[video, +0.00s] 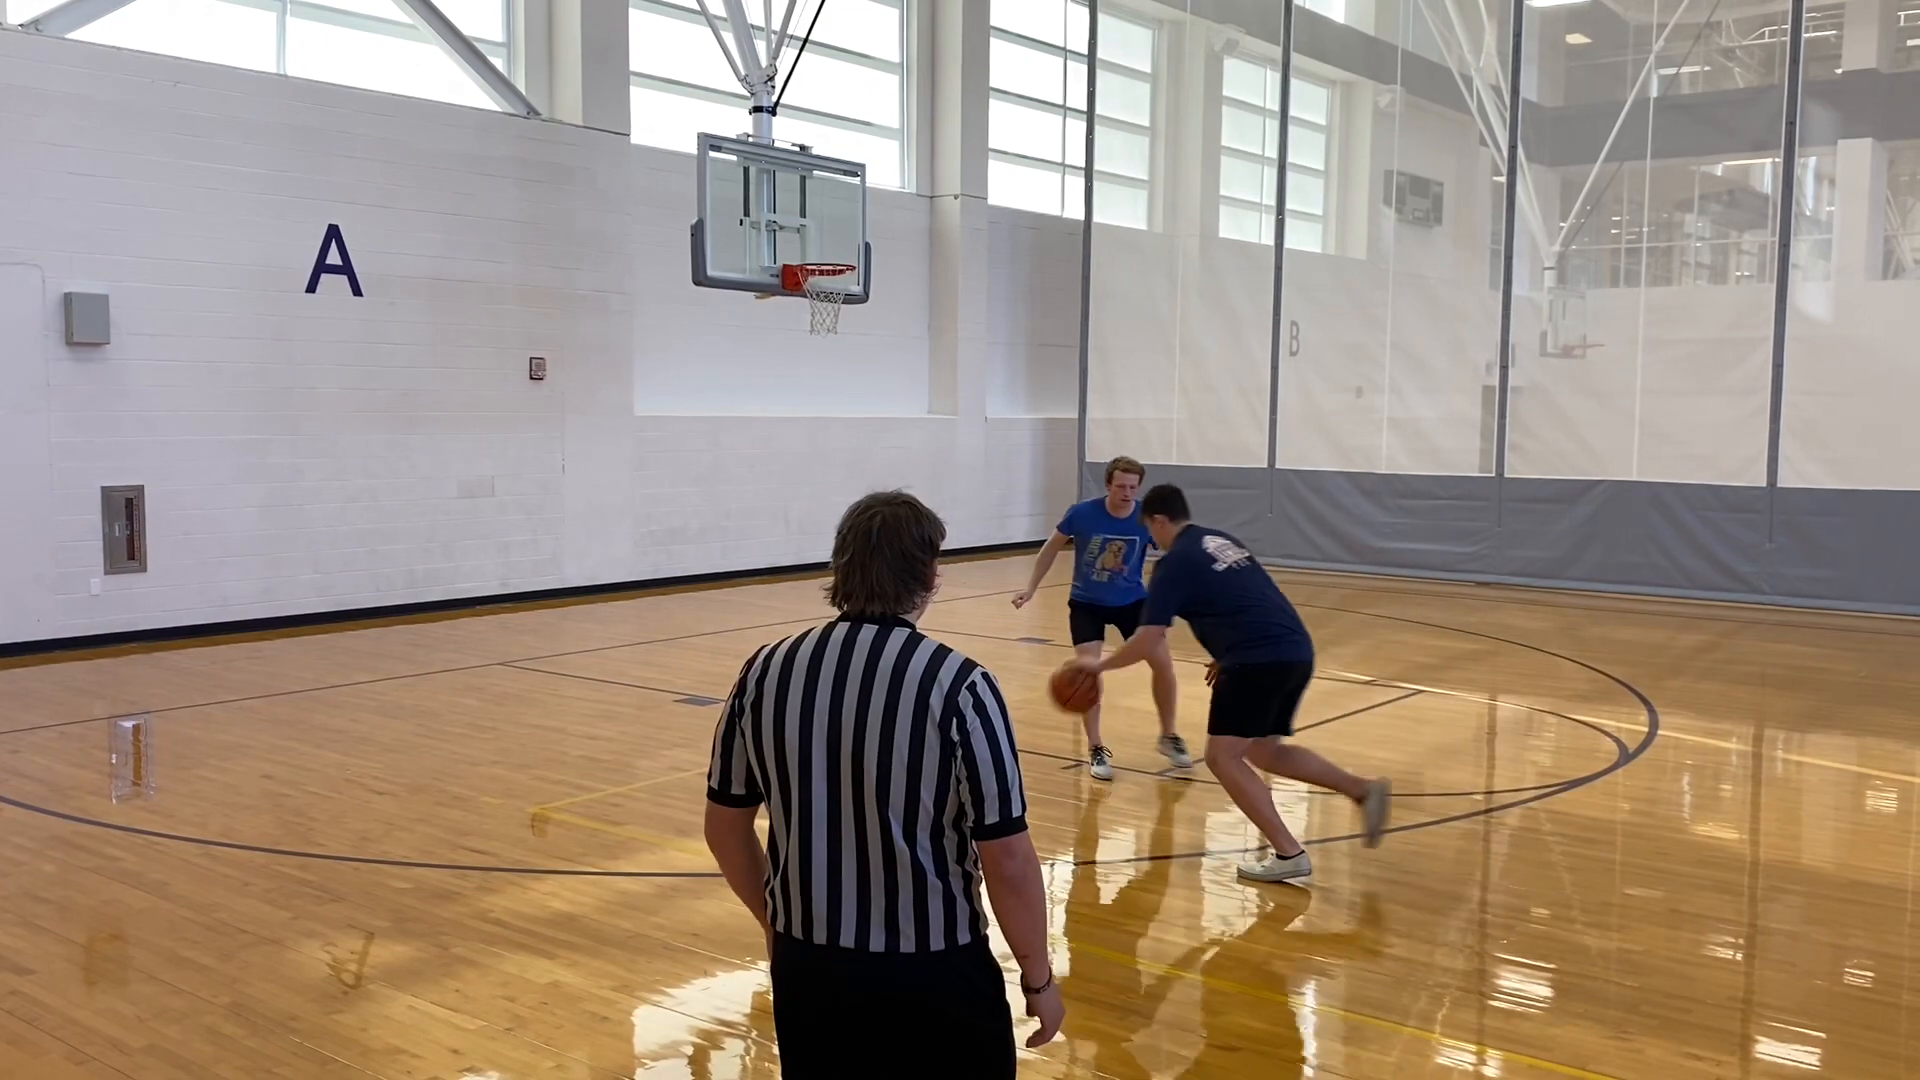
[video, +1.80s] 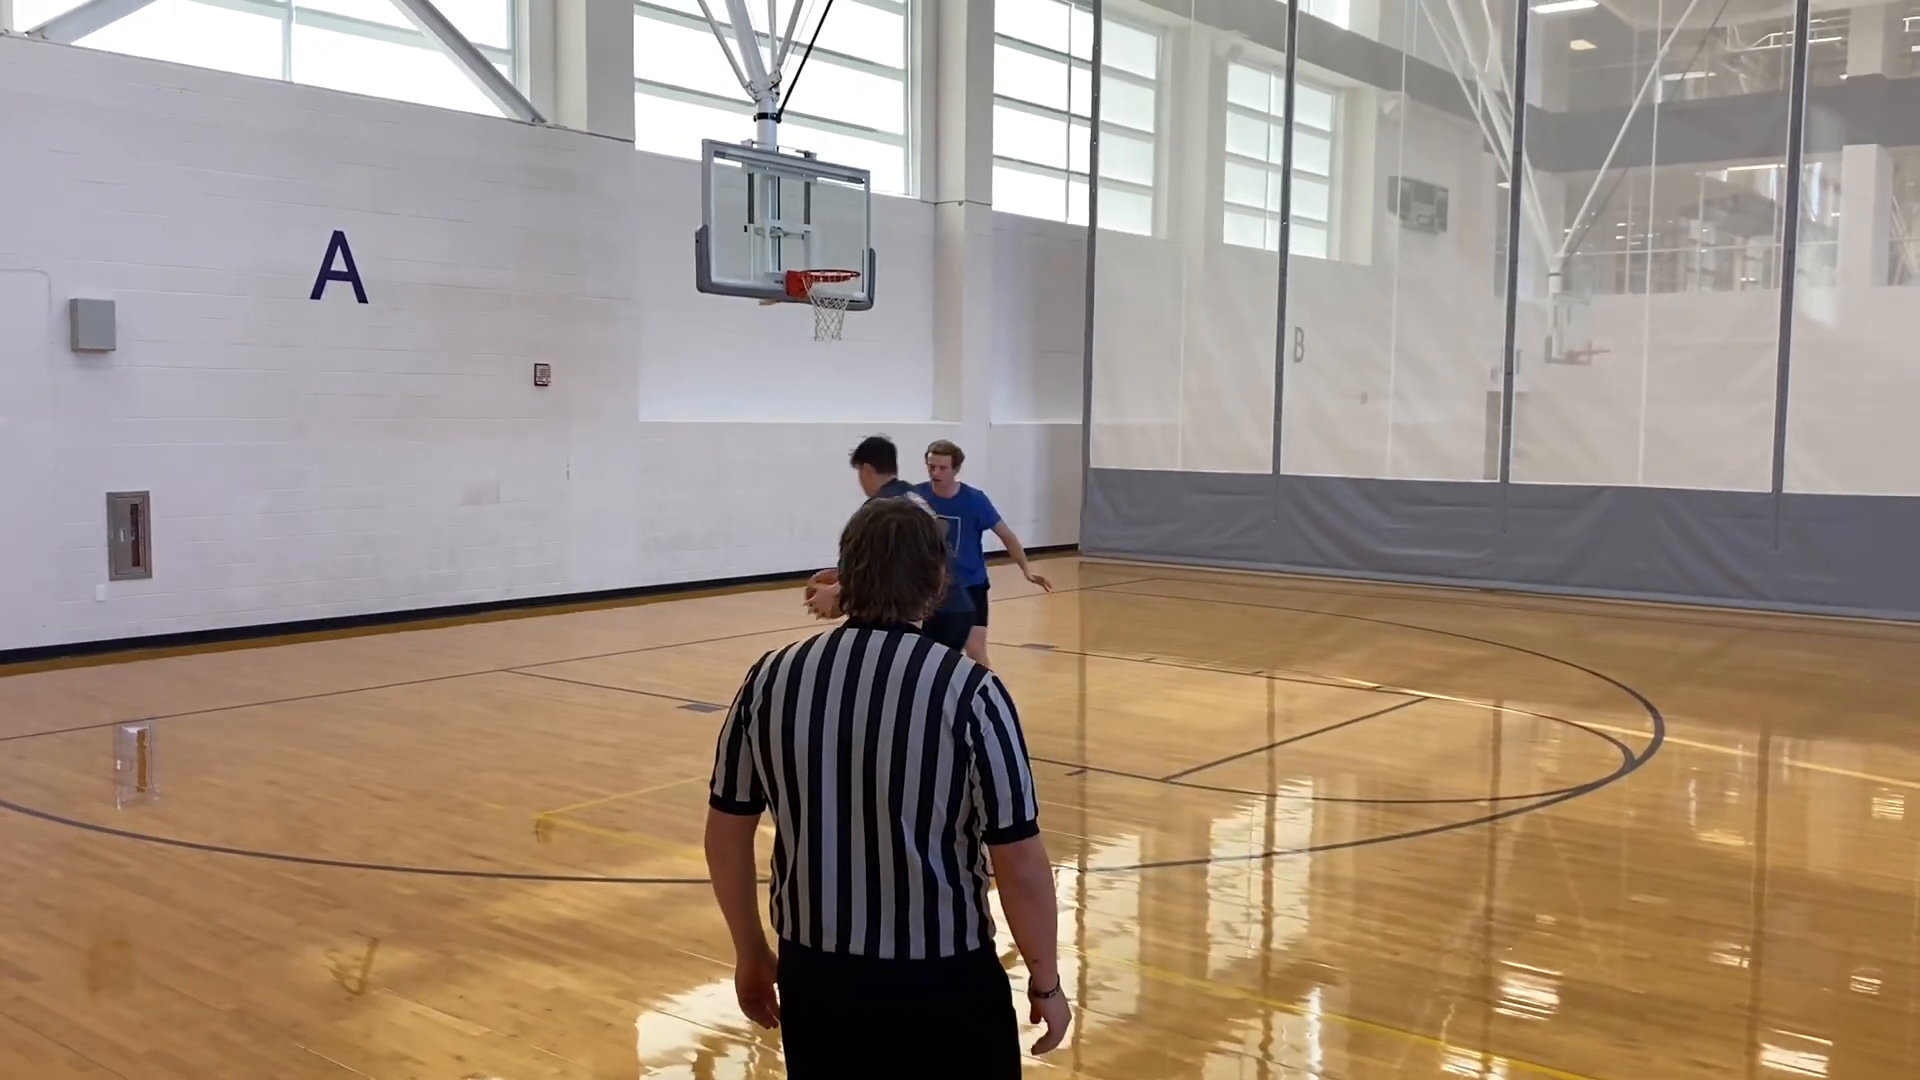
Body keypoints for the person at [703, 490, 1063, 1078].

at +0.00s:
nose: (939, 575)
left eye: (937, 559)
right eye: (935, 560)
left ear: (845, 566)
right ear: (923, 572)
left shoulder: (766, 670)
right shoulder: (961, 686)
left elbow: (725, 825)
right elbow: (1007, 855)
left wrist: (777, 920)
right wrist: (1038, 976)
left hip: (809, 979)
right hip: (940, 982)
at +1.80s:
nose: (949, 583)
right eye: (946, 570)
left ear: (847, 573)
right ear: (937, 581)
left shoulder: (772, 677)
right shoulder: (972, 691)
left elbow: (726, 832)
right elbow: (1019, 860)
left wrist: (749, 949)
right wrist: (1045, 978)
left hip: (816, 984)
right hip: (948, 988)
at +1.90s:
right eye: (946, 573)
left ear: (845, 575)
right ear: (937, 583)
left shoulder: (771, 677)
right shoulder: (971, 690)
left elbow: (726, 833)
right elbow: (1020, 861)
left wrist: (751, 948)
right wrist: (1045, 977)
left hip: (816, 982)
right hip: (949, 986)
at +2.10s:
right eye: (943, 568)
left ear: (842, 573)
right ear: (937, 579)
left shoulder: (771, 675)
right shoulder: (971, 687)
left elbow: (727, 831)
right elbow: (1020, 854)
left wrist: (757, 945)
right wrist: (1045, 973)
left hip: (817, 981)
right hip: (950, 984)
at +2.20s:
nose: (947, 581)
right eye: (942, 569)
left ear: (844, 571)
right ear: (934, 579)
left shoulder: (770, 673)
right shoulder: (969, 686)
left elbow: (725, 830)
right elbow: (1019, 856)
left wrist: (756, 944)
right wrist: (1042, 971)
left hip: (815, 981)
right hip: (947, 985)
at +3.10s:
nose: (939, 573)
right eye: (935, 561)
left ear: (841, 564)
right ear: (929, 572)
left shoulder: (768, 671)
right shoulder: (969, 682)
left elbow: (724, 826)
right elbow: (1019, 851)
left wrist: (757, 940)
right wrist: (1037, 953)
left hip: (815, 974)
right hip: (948, 977)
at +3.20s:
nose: (938, 573)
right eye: (934, 560)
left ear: (841, 566)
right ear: (929, 572)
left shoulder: (768, 670)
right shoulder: (967, 681)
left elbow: (723, 826)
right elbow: (1017, 849)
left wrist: (755, 939)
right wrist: (1035, 950)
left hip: (814, 976)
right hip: (945, 978)